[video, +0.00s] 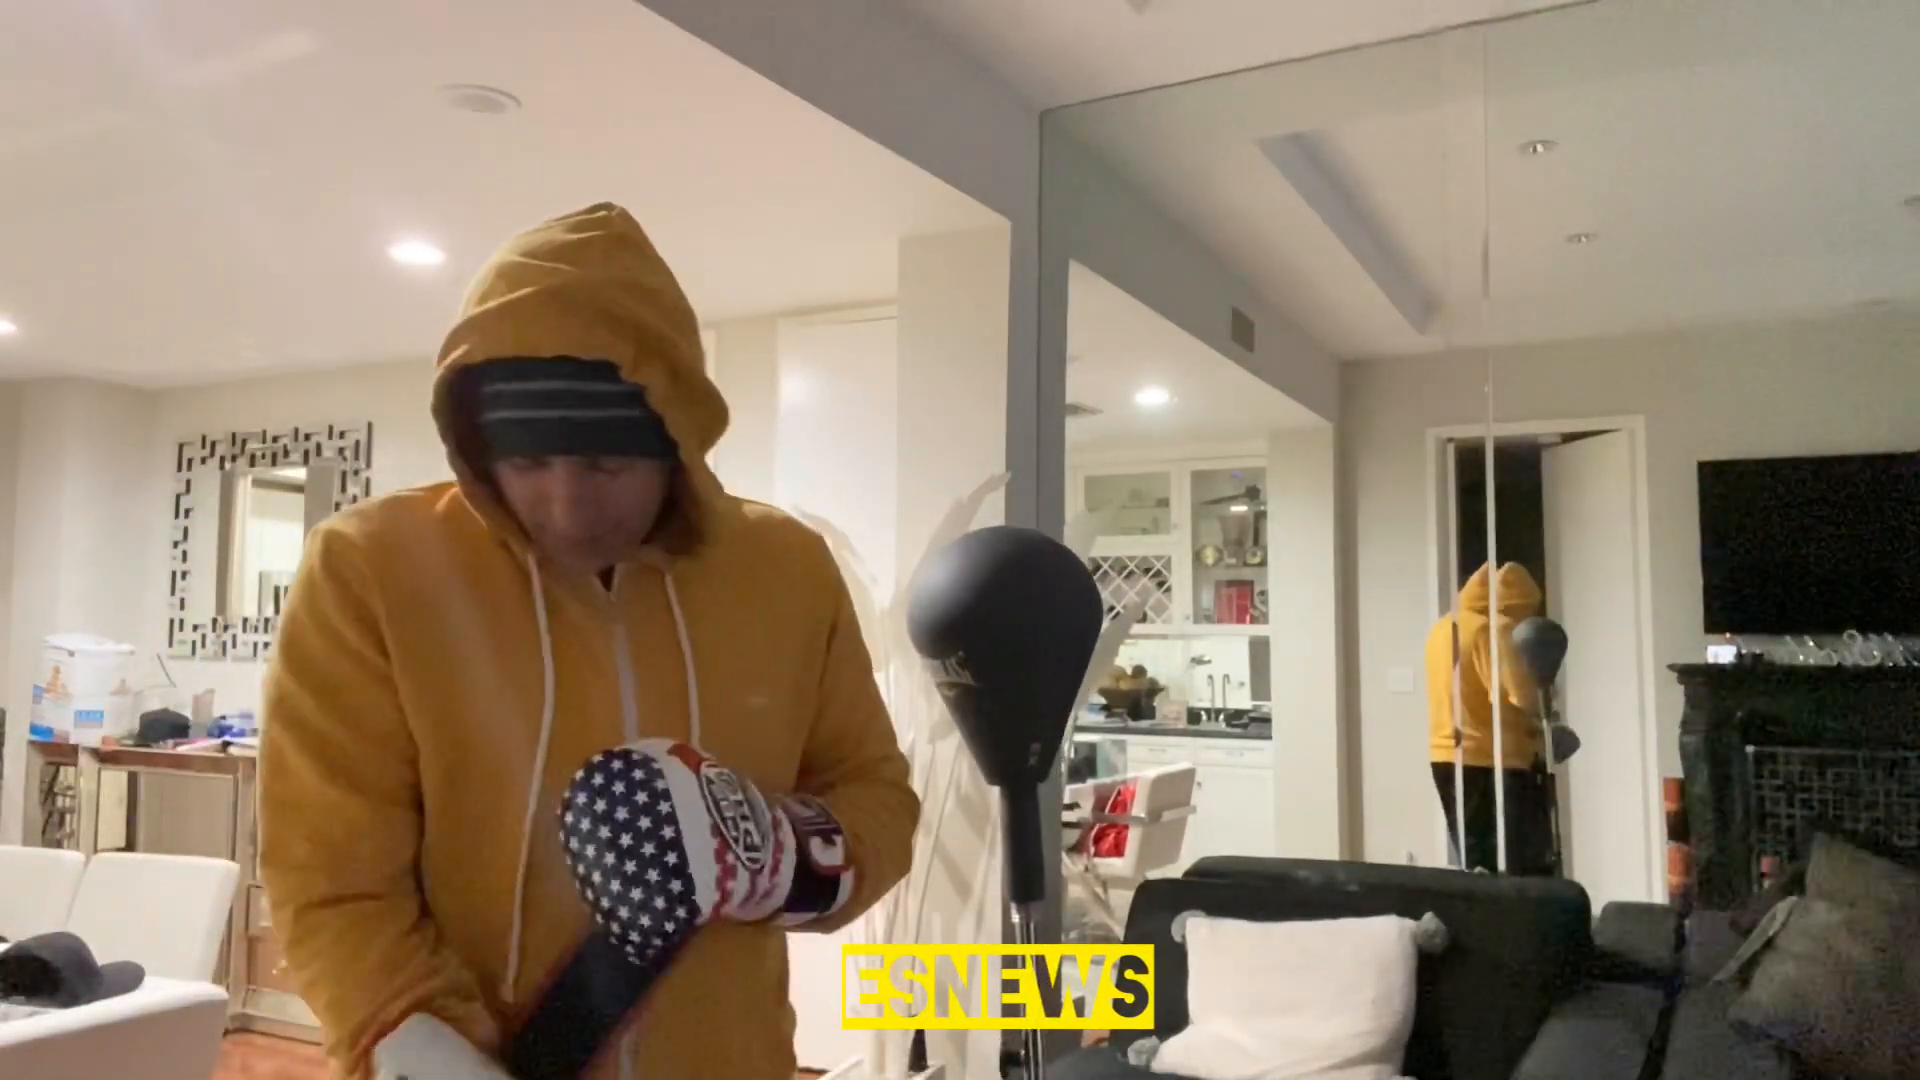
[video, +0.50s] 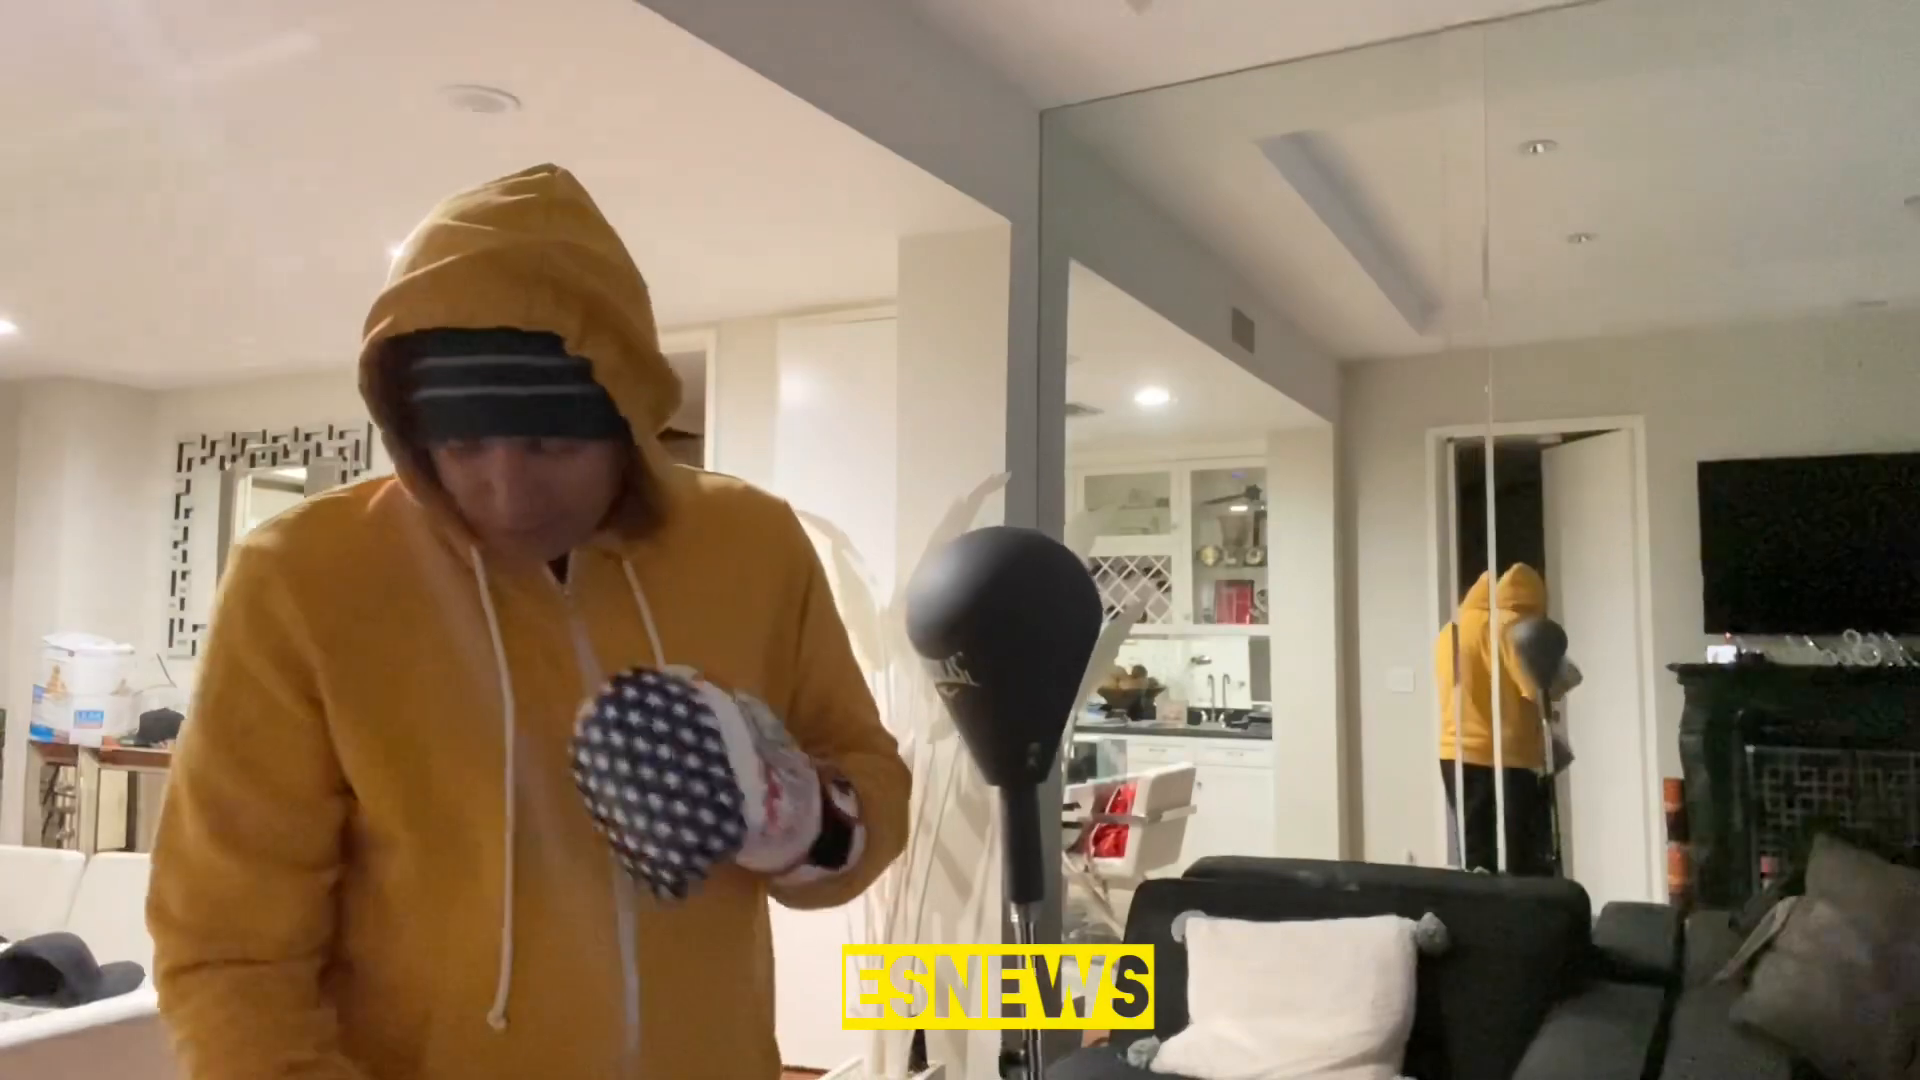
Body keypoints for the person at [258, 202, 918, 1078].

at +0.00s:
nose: (565, 510)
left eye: (607, 463)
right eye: (528, 462)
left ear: (674, 446)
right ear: (480, 449)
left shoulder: (785, 570)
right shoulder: (370, 572)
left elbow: (876, 789)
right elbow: (336, 884)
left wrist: (788, 849)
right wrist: (433, 1055)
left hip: (723, 1059)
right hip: (469, 1059)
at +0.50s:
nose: (507, 498)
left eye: (554, 442)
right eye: (462, 446)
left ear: (630, 419)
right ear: (411, 432)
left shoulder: (752, 547)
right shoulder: (301, 584)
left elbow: (866, 771)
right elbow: (230, 957)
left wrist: (819, 828)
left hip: (707, 1057)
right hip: (421, 1055)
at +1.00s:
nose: (504, 481)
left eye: (551, 423)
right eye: (460, 427)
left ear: (627, 404)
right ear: (408, 420)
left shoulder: (759, 559)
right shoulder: (292, 581)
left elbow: (885, 814)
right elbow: (195, 896)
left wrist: (788, 822)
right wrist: (436, 1038)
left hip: (703, 1064)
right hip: (424, 1075)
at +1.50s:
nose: (536, 445)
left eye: (580, 396)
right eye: (496, 399)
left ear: (661, 390)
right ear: (451, 408)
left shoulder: (799, 561)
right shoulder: (338, 578)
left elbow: (933, 796)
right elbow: (166, 880)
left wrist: (856, 859)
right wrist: (469, 851)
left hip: (738, 1066)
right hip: (441, 1066)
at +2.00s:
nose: (601, 413)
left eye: (647, 367)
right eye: (566, 367)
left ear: (718, 380)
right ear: (526, 385)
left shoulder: (832, 569)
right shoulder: (409, 559)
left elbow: (973, 813)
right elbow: (236, 835)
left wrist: (895, 811)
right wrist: (569, 786)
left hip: (753, 1063)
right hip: (458, 1063)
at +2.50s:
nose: (645, 365)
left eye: (685, 325)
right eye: (611, 325)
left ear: (739, 360)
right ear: (565, 358)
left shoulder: (836, 574)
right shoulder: (439, 548)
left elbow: (1004, 773)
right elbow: (386, 790)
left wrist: (856, 861)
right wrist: (689, 657)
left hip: (768, 1060)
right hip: (484, 1052)